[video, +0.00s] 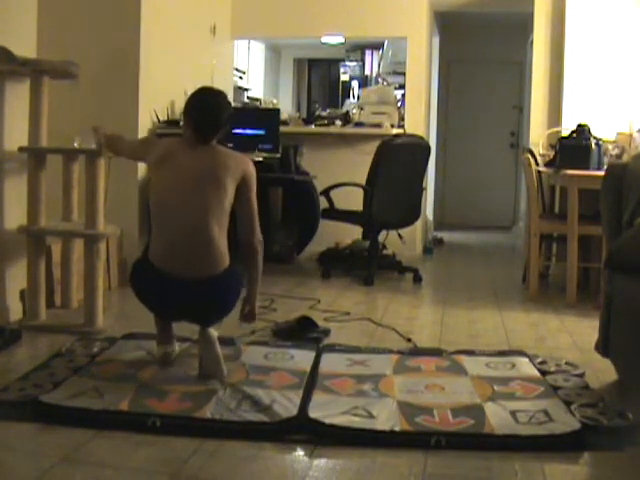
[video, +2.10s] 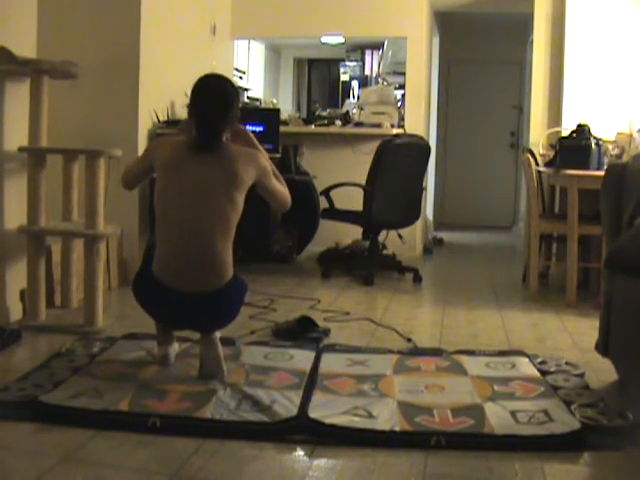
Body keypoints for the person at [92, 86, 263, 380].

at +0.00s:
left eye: (186, 116)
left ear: (185, 120)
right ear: (223, 127)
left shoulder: (159, 149)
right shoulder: (240, 165)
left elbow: (123, 147)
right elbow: (251, 242)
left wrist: (104, 138)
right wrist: (252, 298)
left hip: (159, 293)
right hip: (212, 299)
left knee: (145, 262)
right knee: (238, 271)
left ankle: (165, 340)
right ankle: (209, 334)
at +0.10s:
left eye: (189, 113)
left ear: (185, 117)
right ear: (224, 124)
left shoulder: (159, 149)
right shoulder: (241, 163)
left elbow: (117, 154)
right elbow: (256, 238)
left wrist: (107, 140)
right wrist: (253, 278)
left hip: (159, 292)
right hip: (211, 299)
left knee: (144, 265)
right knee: (228, 276)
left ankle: (164, 344)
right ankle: (209, 335)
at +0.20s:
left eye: (188, 110)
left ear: (185, 114)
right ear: (225, 122)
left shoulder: (158, 150)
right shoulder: (242, 162)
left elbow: (113, 165)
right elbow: (259, 232)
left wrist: (118, 138)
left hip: (161, 295)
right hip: (212, 300)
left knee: (150, 257)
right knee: (229, 275)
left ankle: (164, 343)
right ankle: (209, 335)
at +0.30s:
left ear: (183, 112)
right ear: (226, 118)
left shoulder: (157, 149)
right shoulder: (241, 159)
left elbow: (119, 181)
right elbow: (261, 215)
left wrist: (134, 150)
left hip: (162, 297)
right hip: (214, 301)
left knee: (148, 266)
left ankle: (164, 343)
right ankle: (208, 335)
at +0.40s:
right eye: (225, 111)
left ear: (182, 111)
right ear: (225, 118)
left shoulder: (156, 151)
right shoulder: (242, 155)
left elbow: (126, 196)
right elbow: (261, 198)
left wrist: (156, 170)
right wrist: (234, 171)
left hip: (163, 296)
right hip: (216, 301)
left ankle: (164, 345)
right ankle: (209, 335)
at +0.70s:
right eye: (226, 107)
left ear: (183, 112)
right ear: (226, 115)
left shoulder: (158, 153)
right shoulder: (245, 154)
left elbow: (134, 210)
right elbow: (269, 193)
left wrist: (165, 191)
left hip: (165, 302)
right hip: (218, 304)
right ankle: (212, 337)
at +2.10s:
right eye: (236, 111)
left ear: (190, 111)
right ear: (234, 116)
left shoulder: (163, 149)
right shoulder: (248, 160)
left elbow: (128, 181)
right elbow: (284, 201)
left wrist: (157, 153)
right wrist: (255, 146)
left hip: (163, 304)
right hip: (216, 307)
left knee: (154, 244)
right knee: (230, 277)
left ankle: (165, 344)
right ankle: (211, 340)